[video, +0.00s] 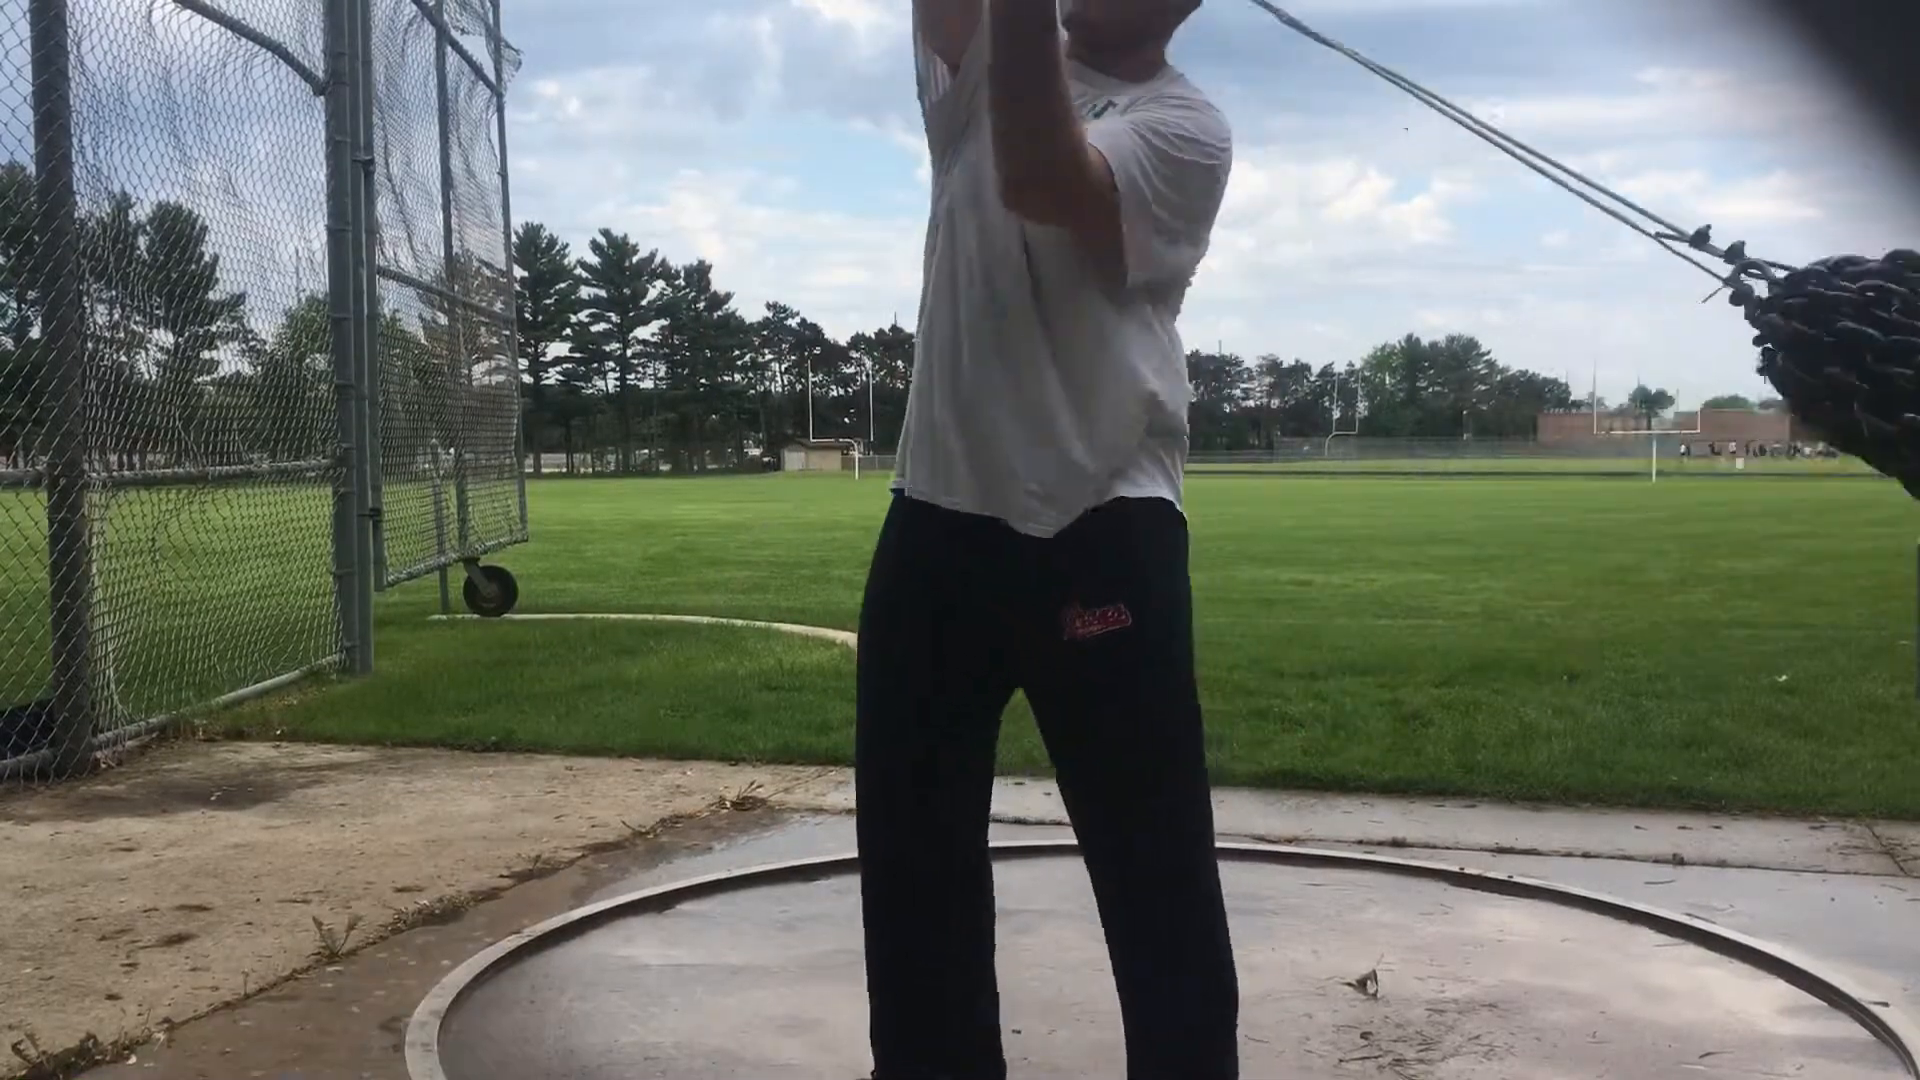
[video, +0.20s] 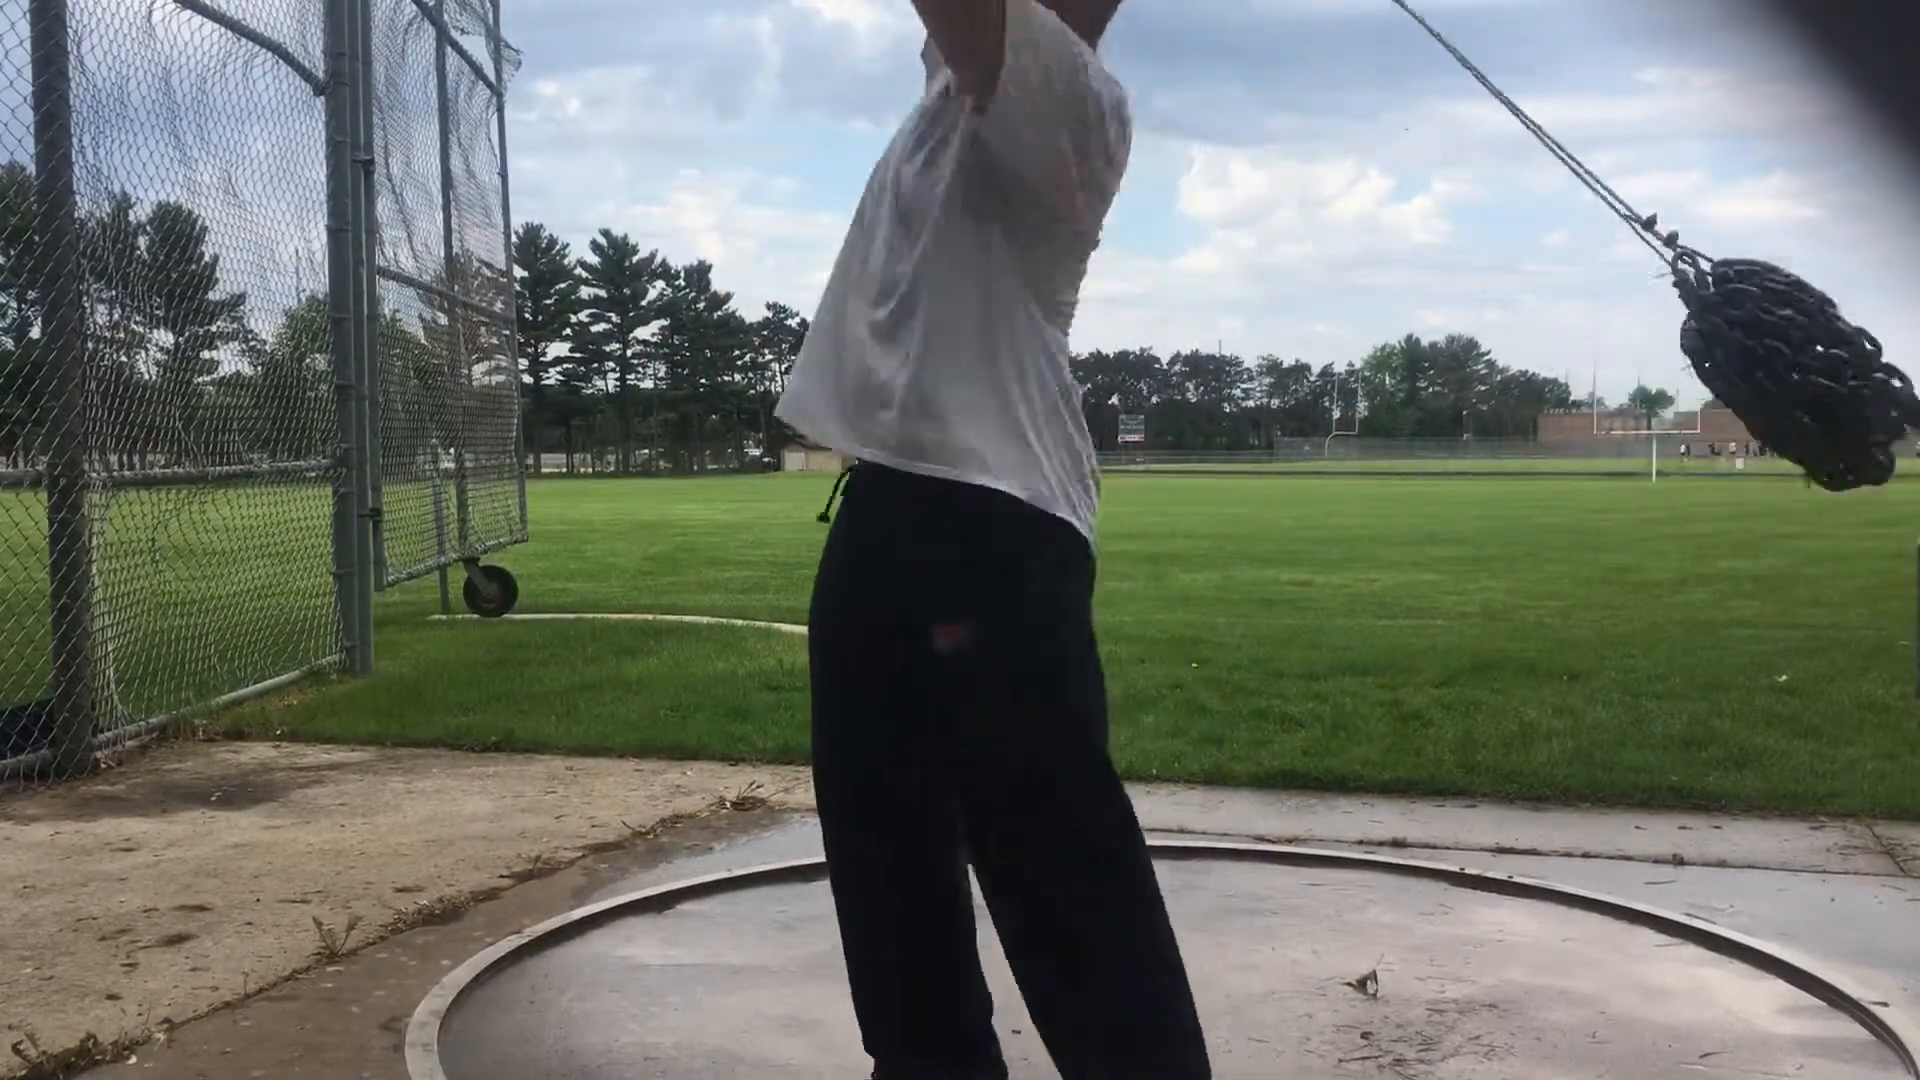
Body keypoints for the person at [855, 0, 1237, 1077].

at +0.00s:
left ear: (1184, 6)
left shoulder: (1186, 130)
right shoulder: (983, 73)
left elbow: (1038, 179)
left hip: (1103, 530)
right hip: (937, 520)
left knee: (1157, 900)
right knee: (916, 899)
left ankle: (1186, 1068)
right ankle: (932, 1071)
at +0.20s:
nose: (977, 12)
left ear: (1061, 1)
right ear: (1095, 7)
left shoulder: (1069, 96)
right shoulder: (968, 90)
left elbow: (951, 8)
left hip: (992, 511)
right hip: (884, 502)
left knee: (1060, 867)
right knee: (888, 867)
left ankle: (1140, 1059)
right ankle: (930, 1059)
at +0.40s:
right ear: (1052, 18)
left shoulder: (932, 37)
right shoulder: (1055, 123)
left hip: (901, 472)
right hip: (970, 483)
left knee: (967, 828)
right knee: (889, 837)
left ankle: (1144, 1063)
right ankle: (930, 1061)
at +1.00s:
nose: (960, 13)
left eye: (970, 3)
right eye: (965, 6)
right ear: (1087, 7)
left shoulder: (990, 66)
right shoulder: (1117, 110)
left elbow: (814, 241)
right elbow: (980, 324)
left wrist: (750, 329)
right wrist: (788, 352)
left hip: (1041, 523)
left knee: (1061, 862)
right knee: (947, 859)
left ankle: (1141, 1064)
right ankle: (940, 1064)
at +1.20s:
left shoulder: (1141, 85)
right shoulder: (1087, 108)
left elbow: (916, 259)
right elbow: (930, 304)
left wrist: (742, 352)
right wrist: (756, 374)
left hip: (1158, 534)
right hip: (1023, 543)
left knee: (1147, 890)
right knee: (959, 879)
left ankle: (1166, 1073)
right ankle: (939, 1067)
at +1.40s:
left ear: (1224, 1)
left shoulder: (1248, 116)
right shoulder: (1045, 109)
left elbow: (1078, 263)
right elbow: (929, 239)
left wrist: (839, 347)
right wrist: (805, 325)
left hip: (1182, 526)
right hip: (1014, 511)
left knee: (1178, 856)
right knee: (885, 738)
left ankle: (1181, 1070)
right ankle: (902, 1025)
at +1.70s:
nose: (1035, 8)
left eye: (1077, 2)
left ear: (1142, 41)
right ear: (1019, 9)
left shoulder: (1145, 207)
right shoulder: (947, 108)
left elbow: (1043, 343)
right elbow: (842, 151)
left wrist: (954, 302)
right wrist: (887, 207)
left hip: (1058, 568)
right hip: (885, 548)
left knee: (1118, 873)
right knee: (798, 826)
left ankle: (1178, 1072)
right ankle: (795, 1068)